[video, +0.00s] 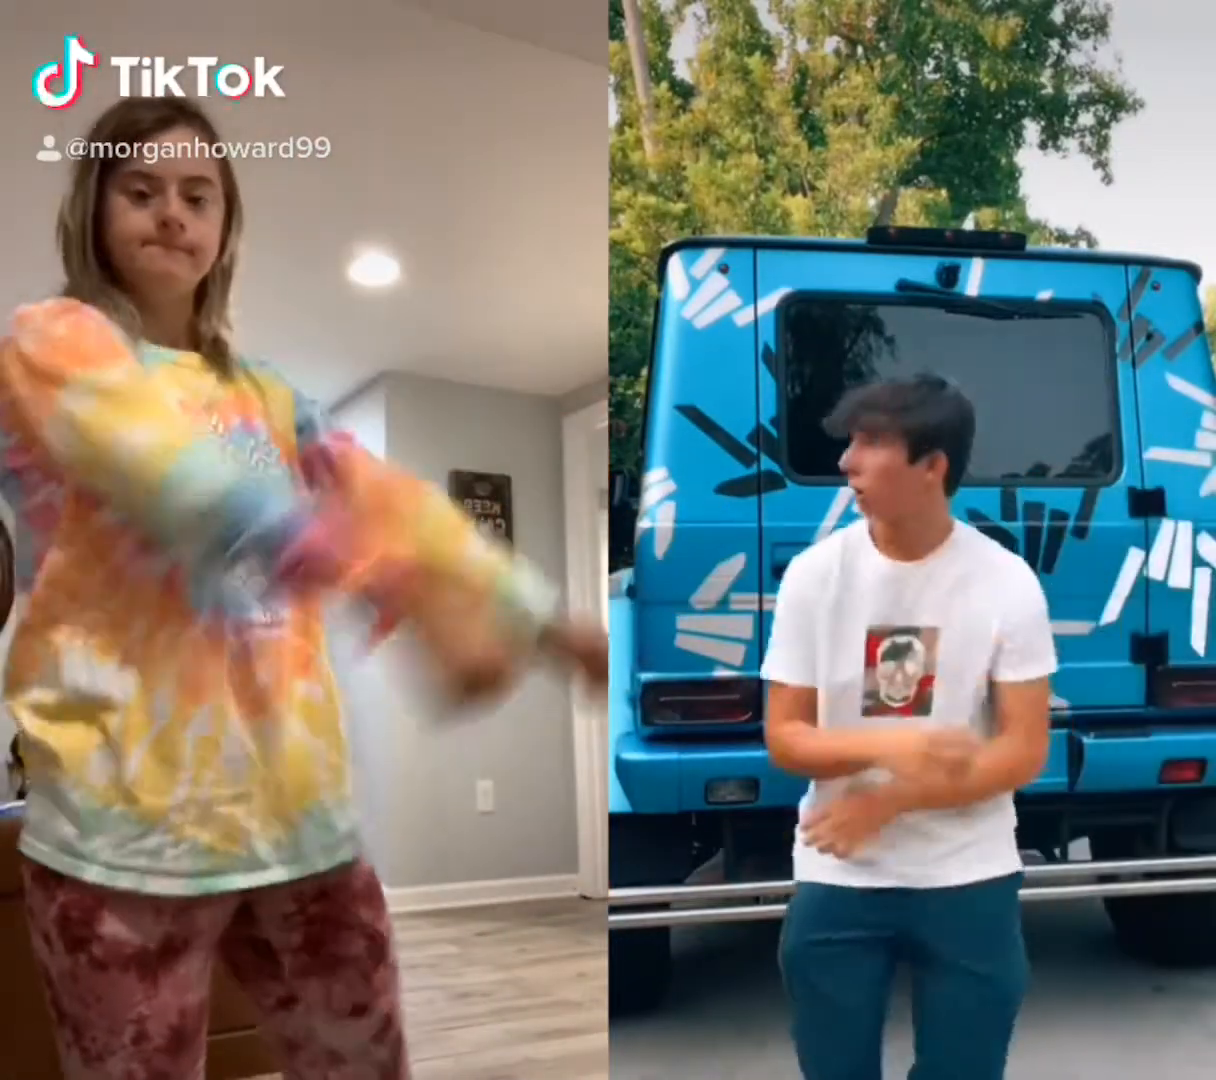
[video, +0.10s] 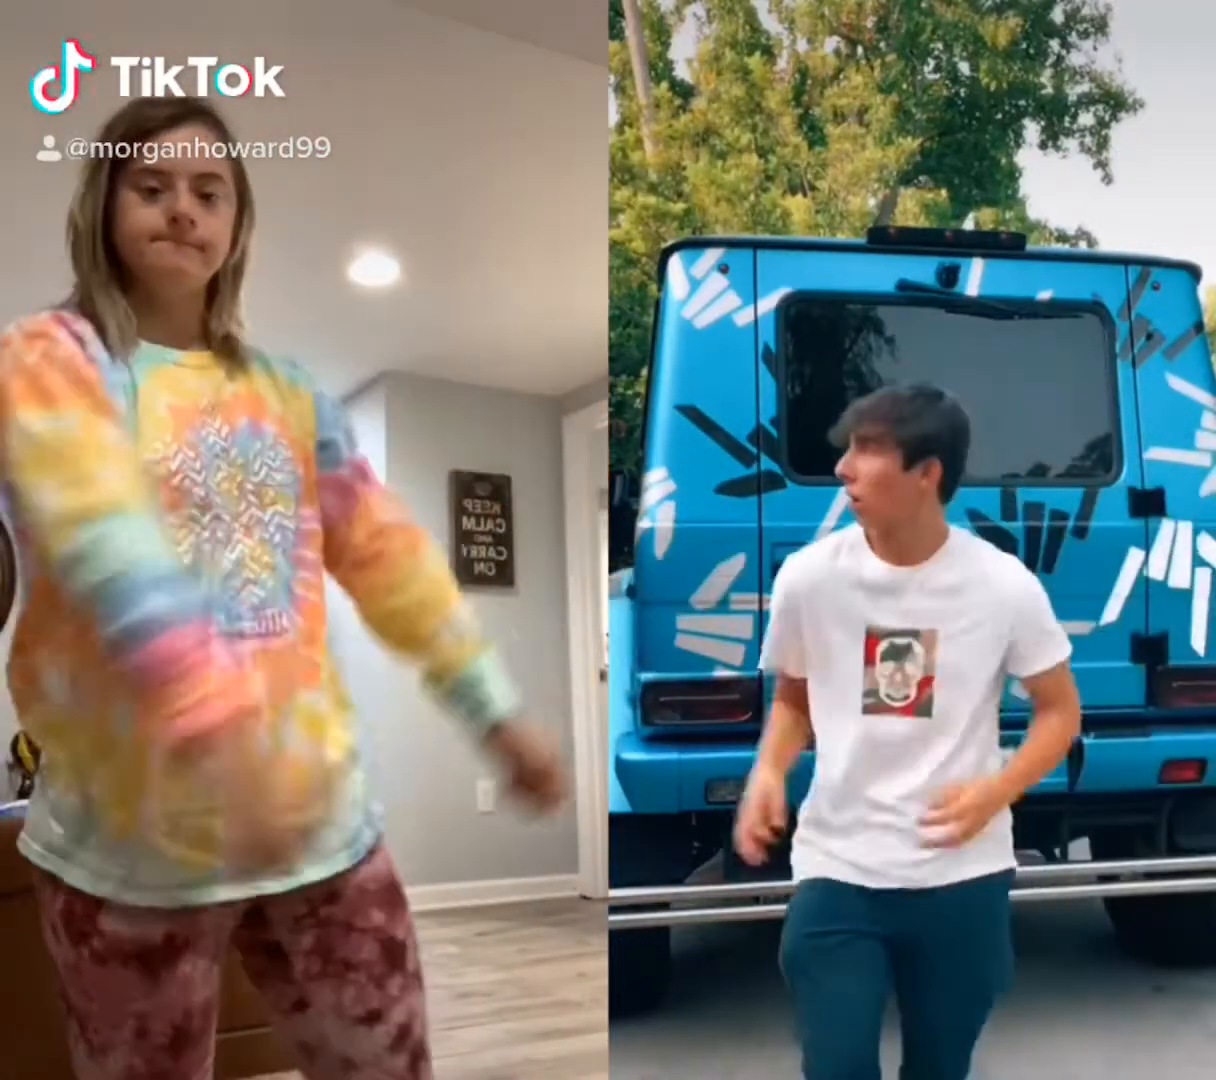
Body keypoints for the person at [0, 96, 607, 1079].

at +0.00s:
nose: (170, 216)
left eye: (197, 196)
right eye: (141, 191)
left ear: (226, 228)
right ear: (94, 214)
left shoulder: (264, 397)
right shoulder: (51, 340)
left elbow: (398, 511)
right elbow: (194, 488)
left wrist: (537, 619)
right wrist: (405, 595)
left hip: (293, 820)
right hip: (116, 832)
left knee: (360, 1065)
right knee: (137, 1070)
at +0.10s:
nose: (183, 212)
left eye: (209, 191)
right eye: (153, 187)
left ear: (239, 224)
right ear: (102, 208)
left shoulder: (285, 391)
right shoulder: (48, 360)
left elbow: (386, 555)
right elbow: (106, 553)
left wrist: (498, 718)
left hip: (313, 813)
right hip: (129, 835)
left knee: (386, 1062)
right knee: (146, 1072)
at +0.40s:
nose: (271, 222)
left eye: (299, 203)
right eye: (244, 198)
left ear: (334, 237)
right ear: (199, 223)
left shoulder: (398, 378)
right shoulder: (132, 402)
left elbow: (409, 578)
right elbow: (16, 535)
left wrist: (273, 716)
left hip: (390, 840)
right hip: (199, 851)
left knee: (428, 1069)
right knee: (198, 1069)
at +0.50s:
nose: (311, 239)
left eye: (338, 219)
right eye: (285, 214)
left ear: (371, 250)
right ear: (241, 238)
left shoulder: (436, 381)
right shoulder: (184, 423)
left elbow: (427, 564)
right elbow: (39, 577)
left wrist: (232, 640)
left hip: (439, 842)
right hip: (253, 857)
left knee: (465, 1072)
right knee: (233, 1069)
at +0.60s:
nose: (344, 249)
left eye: (372, 231)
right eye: (317, 228)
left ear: (403, 263)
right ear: (276, 254)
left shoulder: (473, 388)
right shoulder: (224, 441)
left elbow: (473, 564)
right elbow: (110, 621)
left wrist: (275, 612)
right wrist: (18, 714)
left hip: (473, 847)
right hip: (294, 863)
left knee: (489, 1072)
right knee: (268, 1069)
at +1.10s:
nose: (383, 240)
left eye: (409, 220)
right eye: (357, 217)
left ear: (440, 251)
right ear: (316, 241)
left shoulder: (496, 396)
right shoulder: (252, 407)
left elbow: (532, 571)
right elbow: (206, 601)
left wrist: (594, 671)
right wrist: (137, 726)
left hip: (483, 823)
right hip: (315, 837)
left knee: (471, 1071)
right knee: (300, 1070)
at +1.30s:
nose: (348, 249)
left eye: (374, 231)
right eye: (323, 227)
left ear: (405, 262)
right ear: (282, 249)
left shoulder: (446, 415)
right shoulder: (209, 391)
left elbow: (480, 590)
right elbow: (139, 567)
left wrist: (592, 636)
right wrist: (52, 638)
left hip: (425, 824)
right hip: (253, 832)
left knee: (433, 1068)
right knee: (224, 1069)